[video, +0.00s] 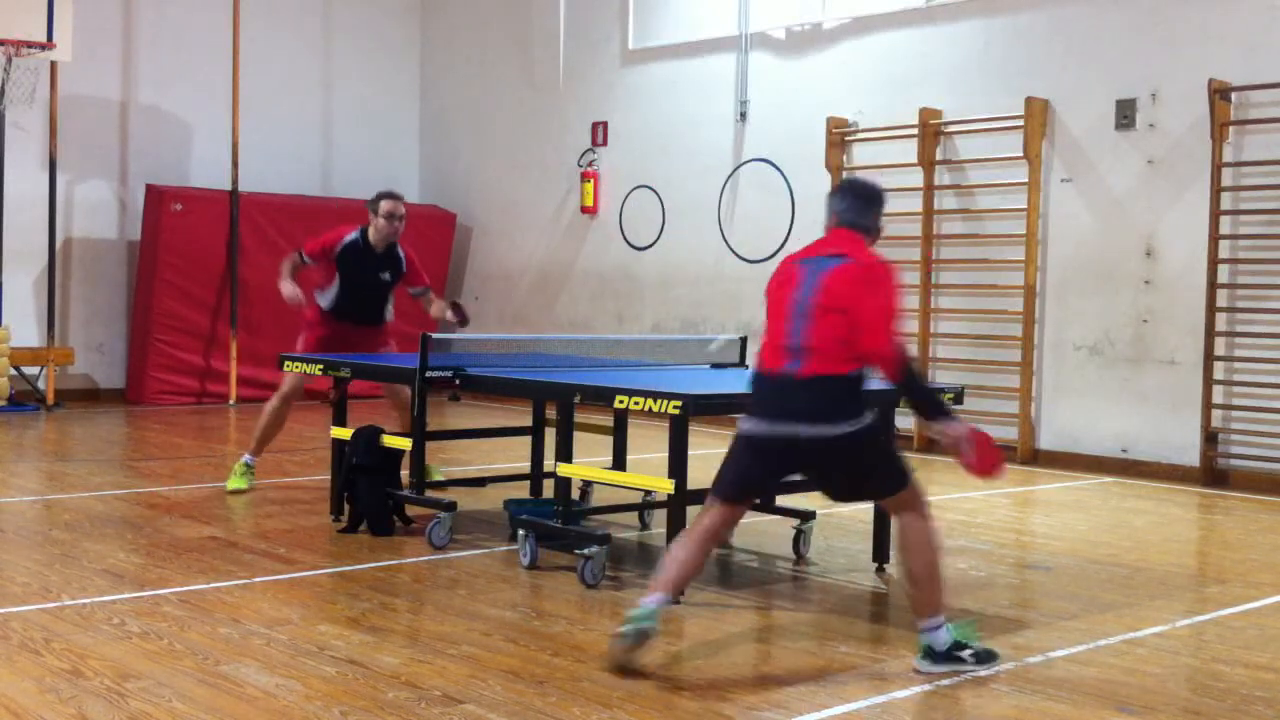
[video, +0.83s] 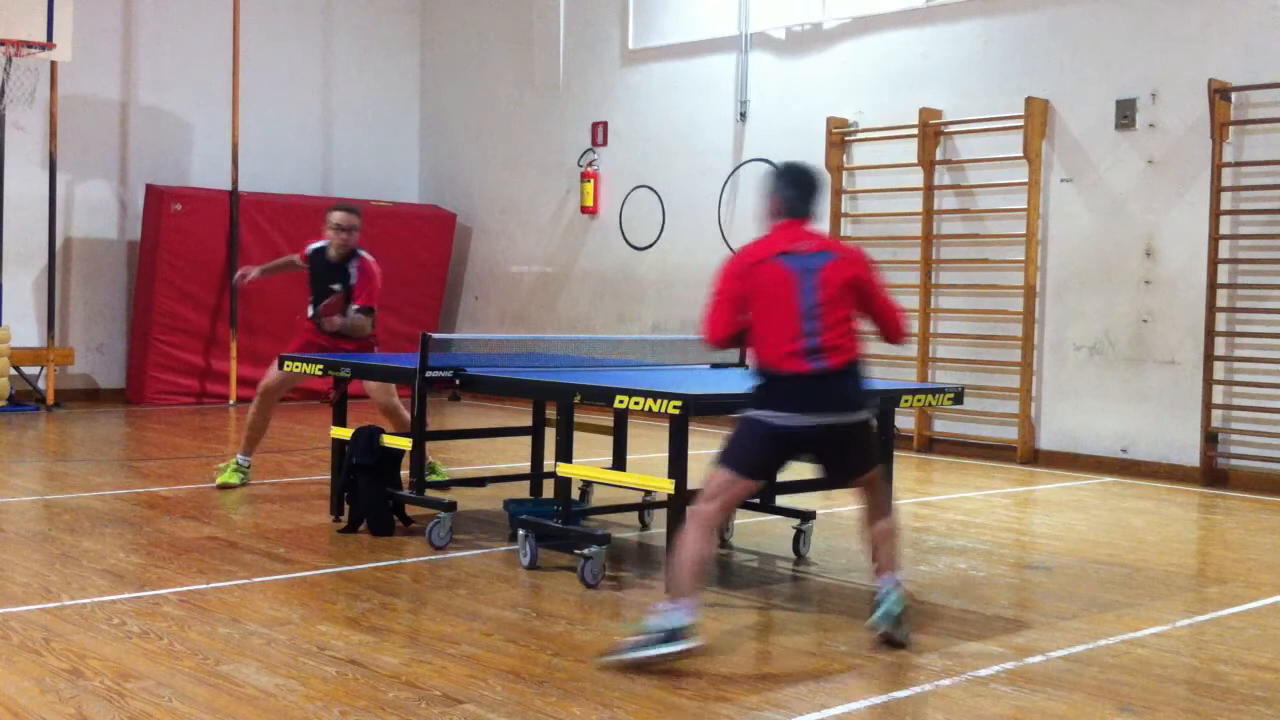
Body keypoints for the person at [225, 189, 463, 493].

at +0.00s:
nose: (396, 225)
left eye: (401, 219)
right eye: (390, 217)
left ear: (405, 222)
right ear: (371, 217)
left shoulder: (402, 258)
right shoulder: (343, 241)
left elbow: (429, 301)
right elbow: (293, 260)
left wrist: (444, 311)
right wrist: (286, 282)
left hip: (373, 336)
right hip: (325, 330)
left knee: (404, 397)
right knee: (288, 392)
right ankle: (247, 463)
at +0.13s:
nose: (396, 241)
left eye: (400, 235)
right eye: (389, 234)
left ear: (404, 238)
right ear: (372, 235)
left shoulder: (404, 272)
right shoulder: (347, 262)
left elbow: (428, 316)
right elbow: (301, 293)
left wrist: (435, 332)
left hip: (384, 349)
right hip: (337, 346)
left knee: (415, 399)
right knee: (298, 404)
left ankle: (422, 466)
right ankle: (251, 465)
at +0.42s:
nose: (390, 252)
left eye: (395, 246)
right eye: (384, 245)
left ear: (400, 250)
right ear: (368, 246)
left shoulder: (394, 285)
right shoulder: (342, 271)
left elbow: (391, 324)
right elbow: (298, 308)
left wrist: (403, 344)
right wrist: (312, 343)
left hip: (369, 353)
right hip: (330, 351)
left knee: (418, 396)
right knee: (290, 412)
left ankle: (422, 465)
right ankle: (248, 468)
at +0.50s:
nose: (391, 255)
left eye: (396, 250)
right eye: (385, 248)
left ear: (401, 253)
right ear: (370, 248)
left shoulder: (396, 287)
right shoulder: (344, 270)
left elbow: (397, 330)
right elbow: (299, 305)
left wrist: (399, 360)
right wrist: (309, 335)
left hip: (367, 353)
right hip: (328, 350)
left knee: (418, 395)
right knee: (292, 412)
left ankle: (422, 465)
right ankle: (248, 468)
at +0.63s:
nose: (382, 252)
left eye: (389, 247)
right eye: (376, 245)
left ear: (397, 249)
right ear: (365, 243)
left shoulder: (395, 284)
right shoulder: (340, 264)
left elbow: (393, 335)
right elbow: (294, 286)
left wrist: (364, 341)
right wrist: (294, 301)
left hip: (367, 354)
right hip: (323, 348)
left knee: (408, 396)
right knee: (288, 400)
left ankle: (421, 464)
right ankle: (246, 465)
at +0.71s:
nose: (370, 246)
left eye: (377, 240)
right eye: (363, 239)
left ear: (386, 242)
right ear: (352, 238)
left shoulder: (384, 275)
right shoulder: (335, 256)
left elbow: (375, 324)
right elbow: (300, 265)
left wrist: (355, 323)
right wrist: (274, 270)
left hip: (364, 344)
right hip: (322, 336)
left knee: (397, 402)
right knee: (280, 390)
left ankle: (420, 462)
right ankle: (244, 464)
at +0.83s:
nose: (344, 236)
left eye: (351, 230)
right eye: (338, 229)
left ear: (359, 233)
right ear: (326, 230)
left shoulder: (365, 266)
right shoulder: (314, 252)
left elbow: (365, 325)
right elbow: (294, 261)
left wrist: (341, 323)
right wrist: (258, 271)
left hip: (358, 346)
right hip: (316, 339)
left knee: (388, 403)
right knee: (267, 387)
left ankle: (424, 462)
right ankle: (241, 464)